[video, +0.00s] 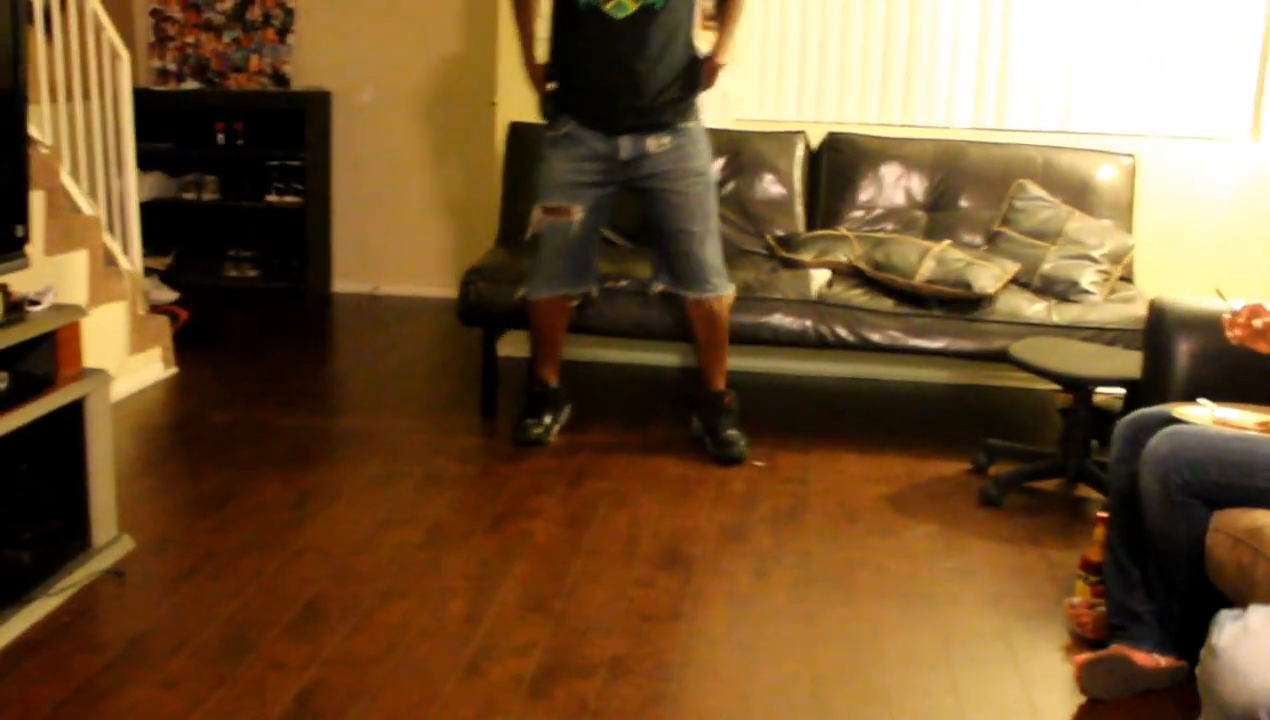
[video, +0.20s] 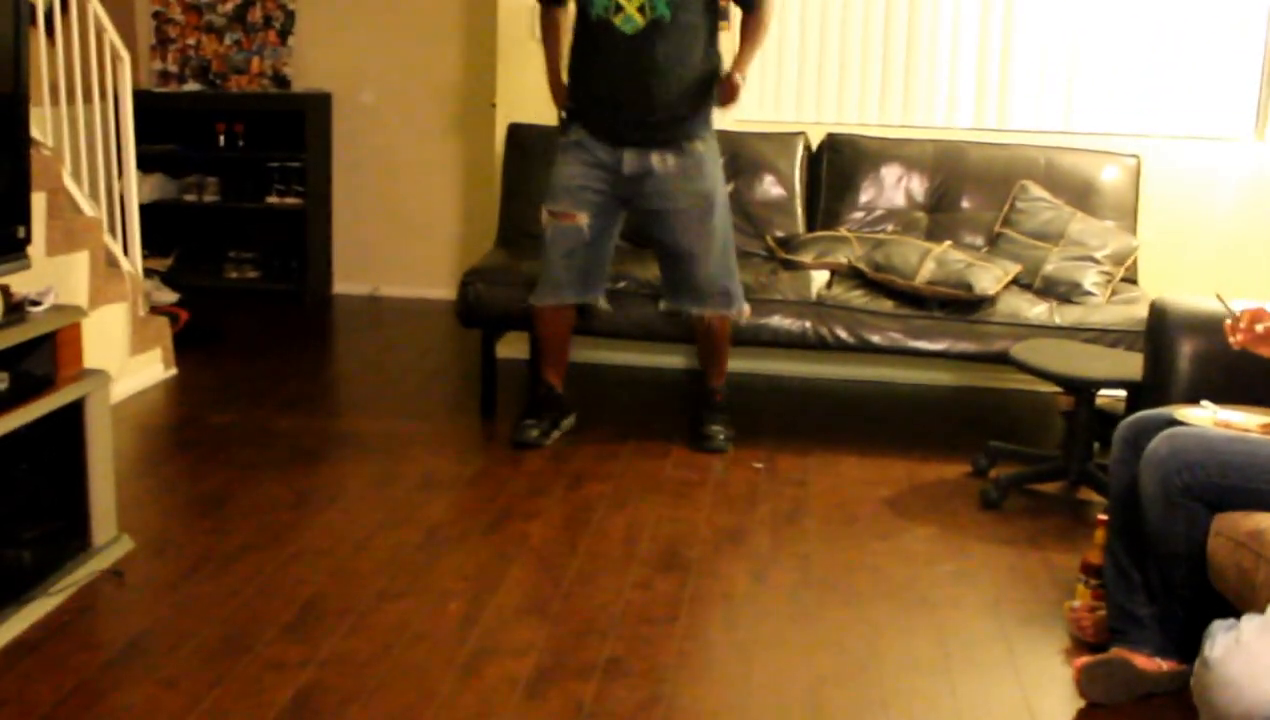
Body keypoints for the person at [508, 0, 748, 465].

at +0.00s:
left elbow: (731, 2)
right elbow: (522, 0)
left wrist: (717, 57)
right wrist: (532, 63)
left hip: (672, 125)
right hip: (577, 125)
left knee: (706, 279)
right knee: (552, 273)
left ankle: (717, 403)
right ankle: (545, 391)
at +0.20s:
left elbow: (757, 6)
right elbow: (552, 6)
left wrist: (736, 73)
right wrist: (557, 84)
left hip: (682, 136)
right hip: (591, 133)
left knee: (711, 282)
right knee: (558, 272)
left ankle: (713, 403)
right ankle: (550, 400)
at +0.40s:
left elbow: (752, 2)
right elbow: (550, 0)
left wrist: (734, 61)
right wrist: (551, 62)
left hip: (679, 121)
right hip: (589, 116)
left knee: (705, 272)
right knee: (559, 258)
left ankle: (716, 400)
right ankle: (554, 390)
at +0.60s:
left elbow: (731, 16)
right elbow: (522, 14)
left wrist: (713, 86)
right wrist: (505, 92)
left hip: (667, 145)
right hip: (575, 144)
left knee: (697, 294)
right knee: (553, 279)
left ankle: (699, 403)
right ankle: (550, 396)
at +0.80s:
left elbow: (750, 0)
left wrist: (737, 52)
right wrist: (548, 52)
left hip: (686, 120)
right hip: (595, 122)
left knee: (715, 275)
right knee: (563, 267)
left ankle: (719, 400)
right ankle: (550, 390)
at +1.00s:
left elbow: (778, 24)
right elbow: (567, 32)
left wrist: (780, 46)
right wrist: (559, 55)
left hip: (709, 151)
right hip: (619, 148)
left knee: (734, 288)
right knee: (578, 275)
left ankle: (727, 408)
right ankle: (558, 397)